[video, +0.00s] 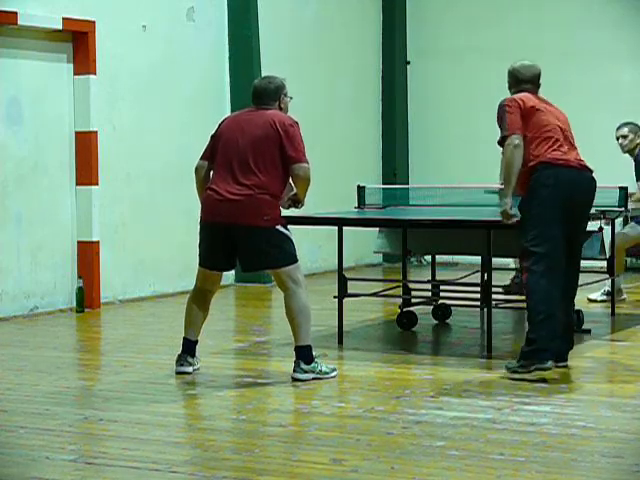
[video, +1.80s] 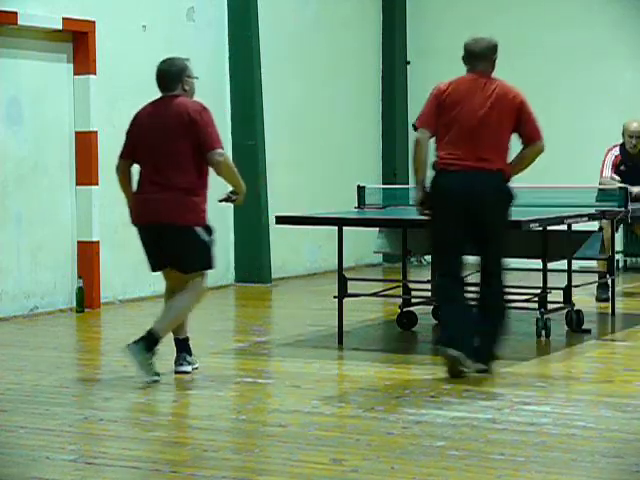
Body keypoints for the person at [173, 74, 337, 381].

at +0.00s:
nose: (289, 104)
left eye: (289, 99)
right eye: (288, 99)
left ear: (255, 101)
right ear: (279, 101)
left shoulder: (229, 122)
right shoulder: (284, 123)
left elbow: (202, 169)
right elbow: (301, 173)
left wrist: (209, 204)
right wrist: (298, 196)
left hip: (215, 215)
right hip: (260, 215)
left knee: (204, 287)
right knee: (293, 285)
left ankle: (187, 355)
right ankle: (305, 361)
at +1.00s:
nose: (265, 99)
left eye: (262, 95)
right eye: (263, 95)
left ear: (229, 98)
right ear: (259, 98)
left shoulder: (208, 123)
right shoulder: (275, 124)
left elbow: (177, 163)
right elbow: (326, 159)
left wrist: (166, 204)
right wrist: (321, 168)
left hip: (206, 216)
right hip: (252, 215)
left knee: (197, 287)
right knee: (286, 283)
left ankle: (185, 354)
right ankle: (305, 355)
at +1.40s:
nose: (244, 103)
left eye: (242, 98)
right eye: (242, 99)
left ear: (209, 105)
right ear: (235, 102)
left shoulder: (190, 135)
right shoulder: (253, 130)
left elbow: (158, 179)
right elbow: (291, 167)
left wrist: (147, 221)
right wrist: (298, 198)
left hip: (200, 228)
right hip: (245, 225)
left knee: (195, 287)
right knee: (282, 288)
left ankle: (185, 355)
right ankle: (305, 359)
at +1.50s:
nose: (227, 96)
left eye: (225, 91)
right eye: (225, 92)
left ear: (194, 97)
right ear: (220, 95)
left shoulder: (175, 128)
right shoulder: (235, 124)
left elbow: (147, 174)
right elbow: (258, 162)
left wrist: (140, 213)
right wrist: (278, 195)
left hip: (186, 222)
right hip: (230, 219)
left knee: (189, 287)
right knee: (264, 283)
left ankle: (185, 355)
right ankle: (293, 354)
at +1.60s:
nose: (215, 89)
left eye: (213, 85)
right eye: (213, 85)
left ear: (183, 89)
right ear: (205, 88)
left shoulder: (162, 121)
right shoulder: (219, 116)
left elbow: (137, 167)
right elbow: (237, 157)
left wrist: (139, 206)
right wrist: (261, 193)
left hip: (173, 218)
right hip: (215, 215)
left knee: (185, 284)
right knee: (245, 278)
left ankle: (184, 355)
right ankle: (246, 354)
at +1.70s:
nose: (204, 84)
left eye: (202, 79)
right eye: (201, 80)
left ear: (172, 84)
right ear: (193, 83)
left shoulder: (152, 116)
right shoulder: (206, 111)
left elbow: (131, 167)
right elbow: (224, 155)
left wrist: (138, 204)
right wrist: (248, 187)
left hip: (161, 214)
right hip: (201, 212)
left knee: (180, 282)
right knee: (223, 281)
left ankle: (183, 355)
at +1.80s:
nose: (195, 84)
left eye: (193, 79)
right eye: (192, 79)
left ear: (163, 83)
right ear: (184, 82)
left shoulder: (143, 115)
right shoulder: (195, 111)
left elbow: (123, 166)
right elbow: (217, 159)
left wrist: (132, 200)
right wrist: (240, 187)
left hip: (147, 214)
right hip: (184, 213)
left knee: (173, 282)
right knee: (197, 285)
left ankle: (183, 354)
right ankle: (146, 344)